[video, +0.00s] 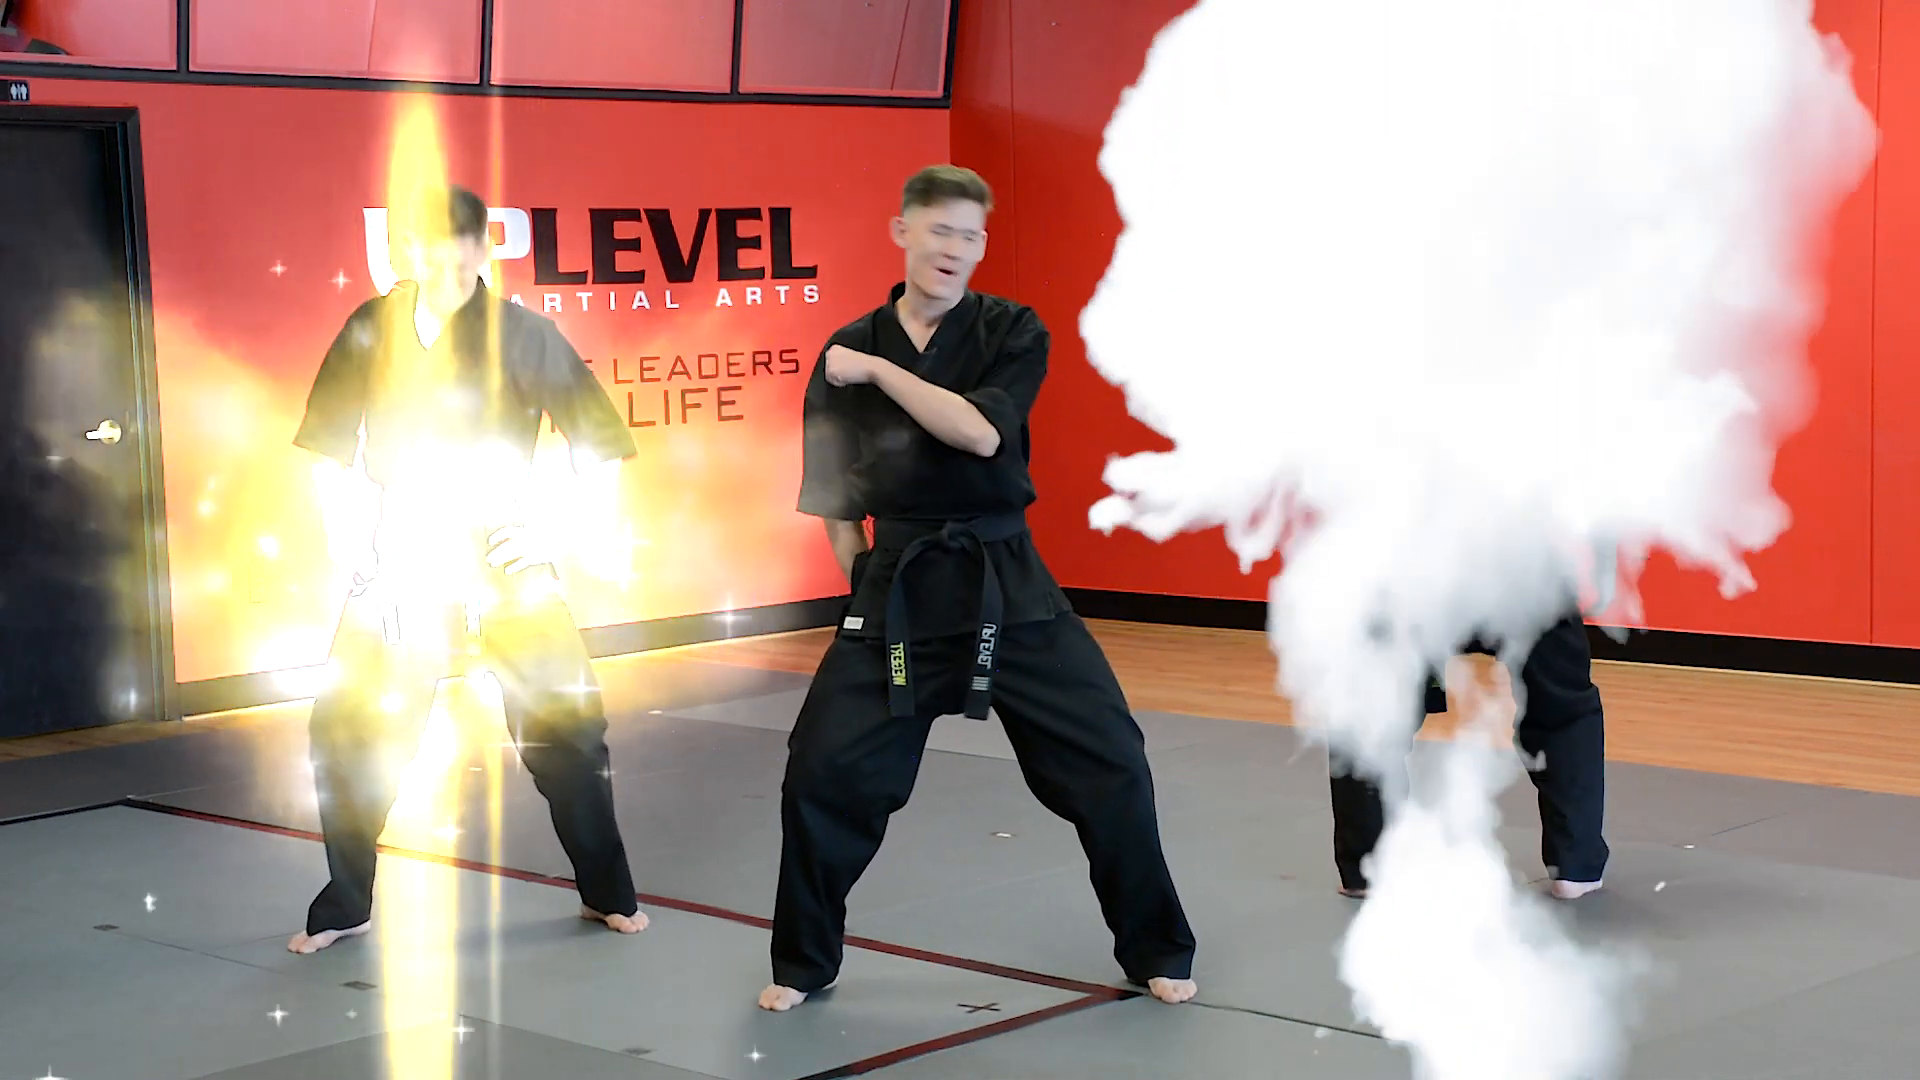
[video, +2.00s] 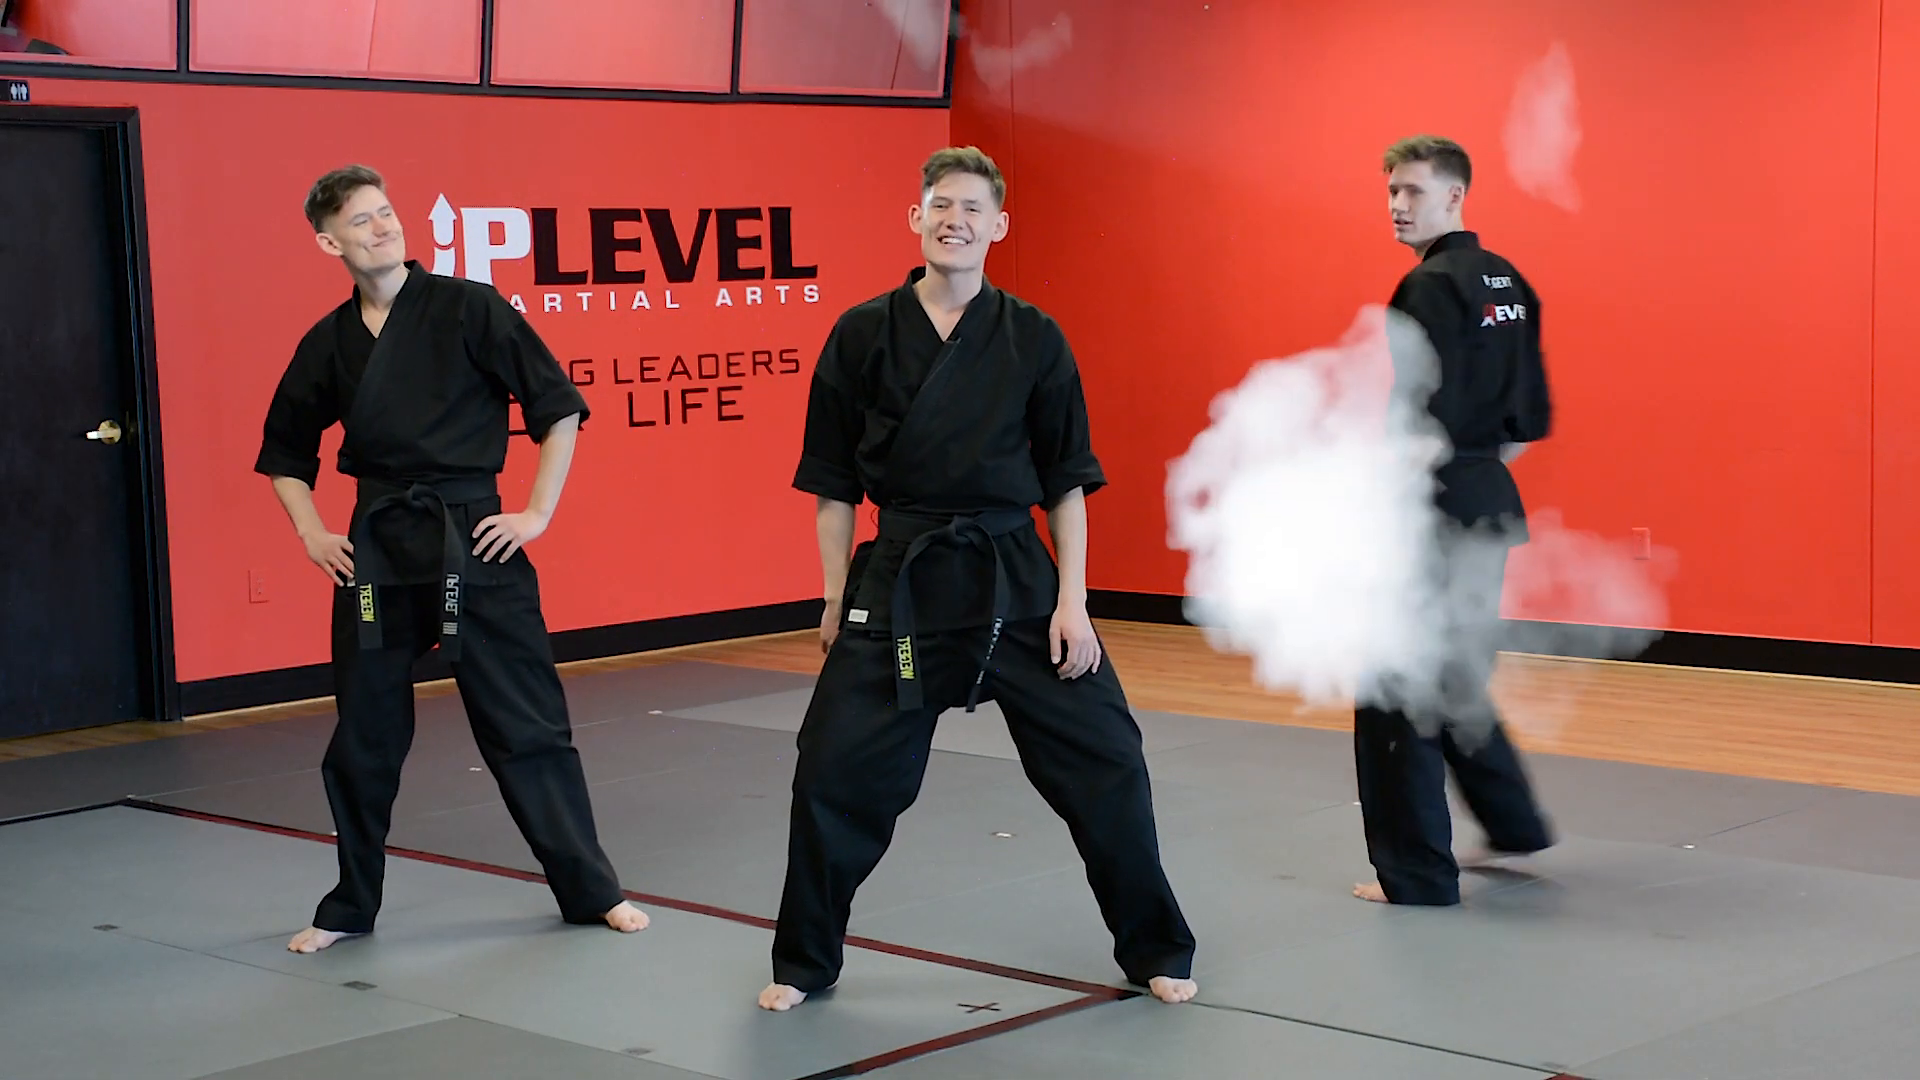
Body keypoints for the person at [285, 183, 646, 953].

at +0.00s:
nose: (422, 264)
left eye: (441, 246)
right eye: (412, 246)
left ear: (478, 248)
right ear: (398, 250)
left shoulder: (523, 337)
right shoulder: (367, 333)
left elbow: (602, 447)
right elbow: (326, 458)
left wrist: (554, 533)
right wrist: (349, 563)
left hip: (509, 564)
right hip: (400, 568)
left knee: (565, 719)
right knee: (345, 720)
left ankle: (608, 886)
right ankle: (347, 894)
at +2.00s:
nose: (381, 226)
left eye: (386, 212)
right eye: (360, 220)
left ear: (403, 223)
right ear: (330, 245)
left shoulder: (472, 308)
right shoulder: (327, 344)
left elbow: (561, 407)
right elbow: (285, 450)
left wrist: (537, 514)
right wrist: (311, 531)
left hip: (476, 539)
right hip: (378, 546)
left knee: (529, 725)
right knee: (363, 740)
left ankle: (591, 892)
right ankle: (351, 906)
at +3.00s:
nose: (366, 238)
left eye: (380, 223)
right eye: (352, 226)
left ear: (413, 229)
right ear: (338, 239)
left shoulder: (479, 310)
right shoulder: (336, 344)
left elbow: (567, 409)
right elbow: (283, 438)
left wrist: (541, 511)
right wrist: (269, 461)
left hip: (478, 539)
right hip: (379, 544)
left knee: (530, 724)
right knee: (366, 737)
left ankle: (592, 891)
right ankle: (352, 905)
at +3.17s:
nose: (370, 244)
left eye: (384, 230)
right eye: (361, 231)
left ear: (427, 231)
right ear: (354, 235)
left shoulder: (489, 313)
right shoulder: (339, 338)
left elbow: (577, 414)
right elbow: (257, 430)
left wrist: (543, 515)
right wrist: (231, 357)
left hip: (482, 537)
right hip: (382, 542)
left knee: (532, 724)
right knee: (368, 737)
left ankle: (592, 892)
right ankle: (351, 908)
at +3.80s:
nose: (427, 234)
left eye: (443, 222)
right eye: (417, 221)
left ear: (479, 228)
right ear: (405, 226)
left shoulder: (520, 320)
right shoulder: (367, 314)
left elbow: (607, 425)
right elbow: (250, 360)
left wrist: (549, 505)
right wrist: (308, 335)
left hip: (499, 538)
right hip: (399, 540)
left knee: (541, 725)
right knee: (379, 735)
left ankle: (593, 891)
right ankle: (353, 905)